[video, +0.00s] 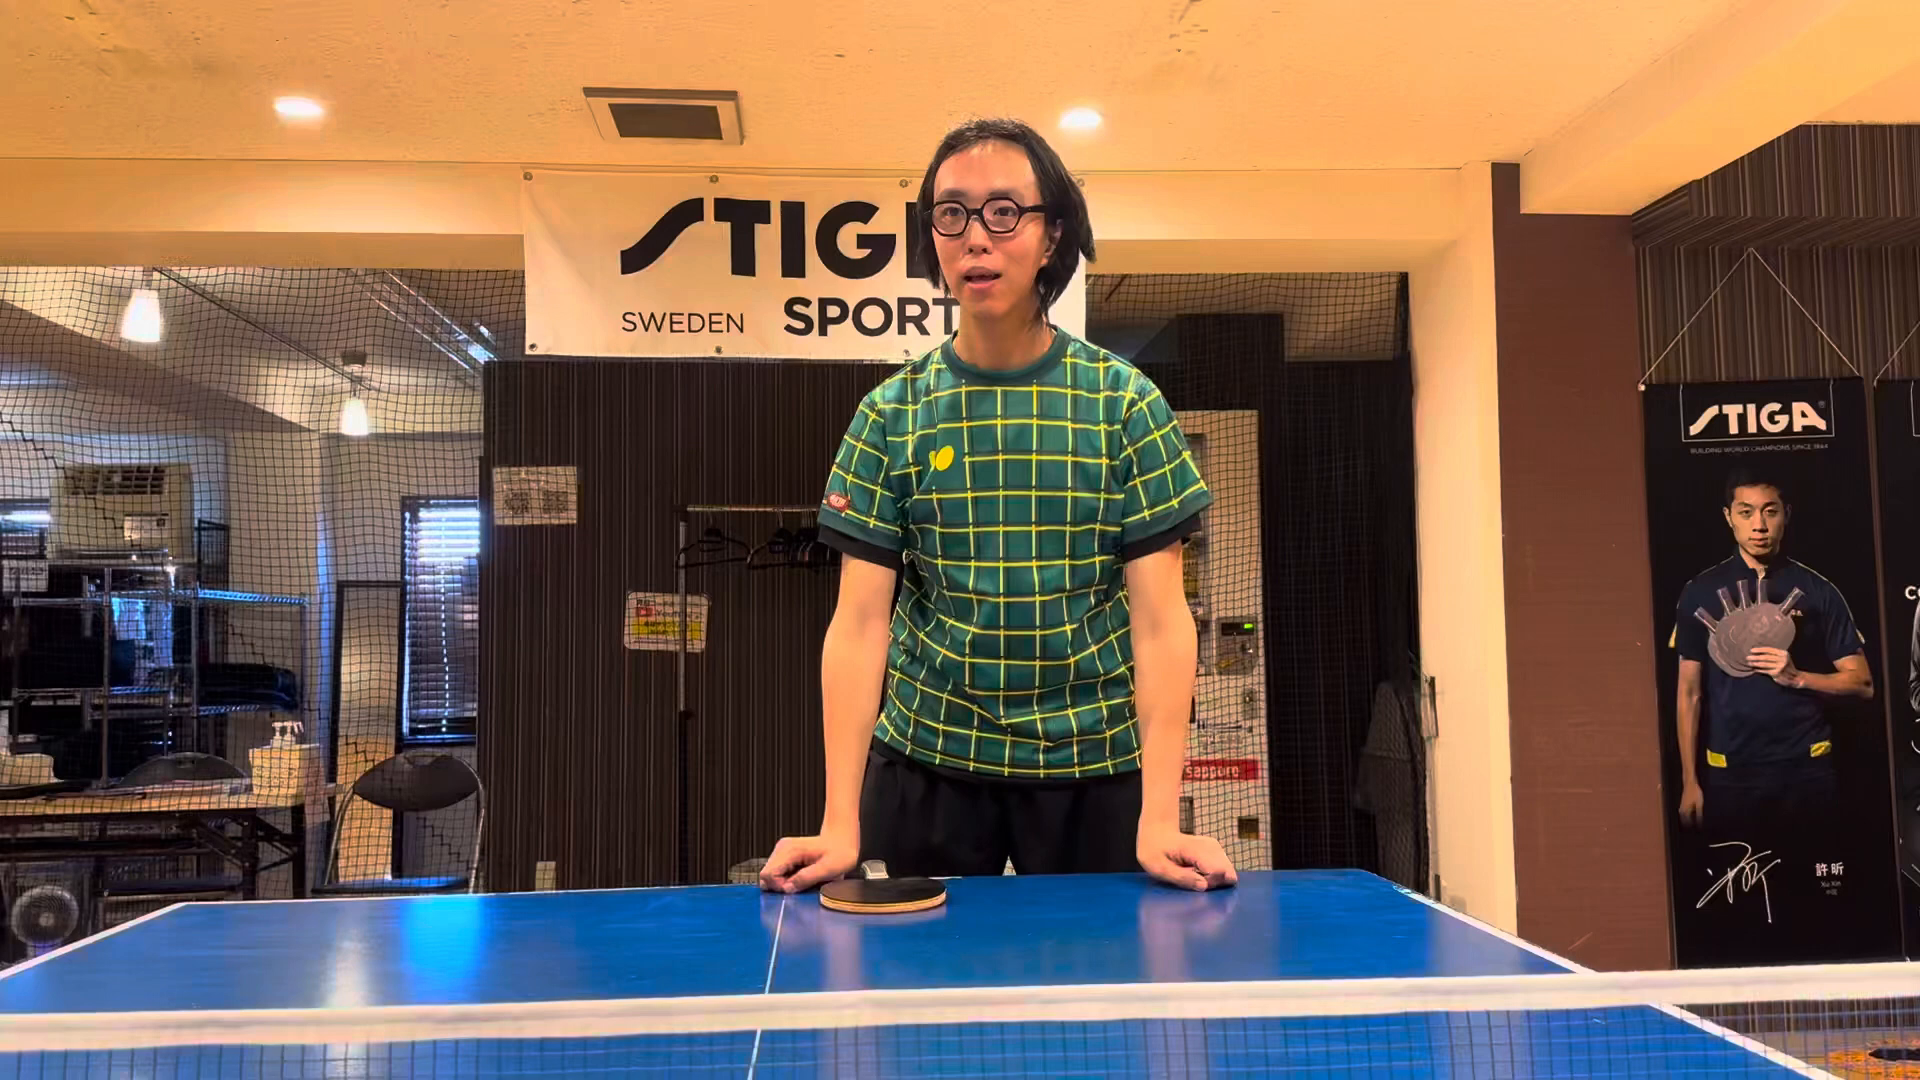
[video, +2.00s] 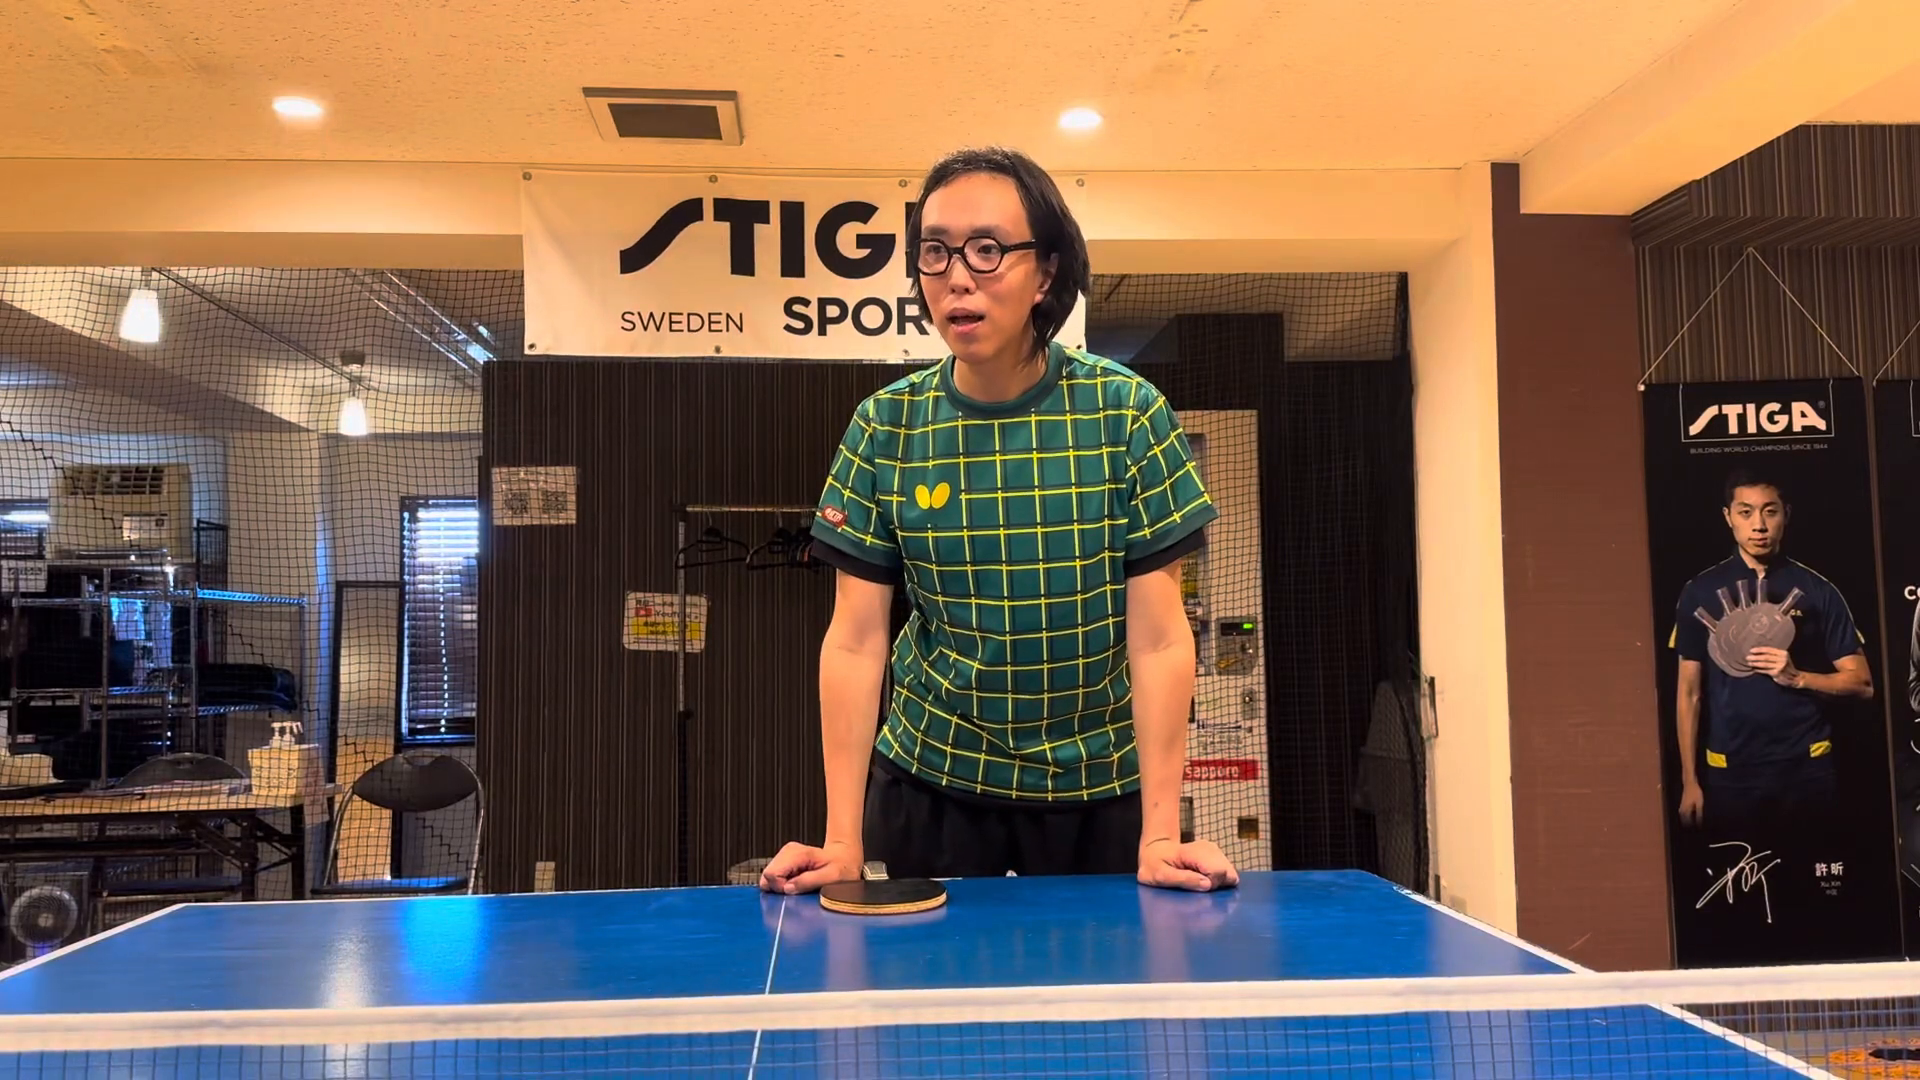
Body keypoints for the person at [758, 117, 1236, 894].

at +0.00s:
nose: (977, 239)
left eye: (1005, 213)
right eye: (954, 216)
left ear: (1054, 237)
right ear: (931, 240)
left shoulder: (1123, 404)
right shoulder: (892, 414)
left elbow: (1160, 621)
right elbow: (858, 625)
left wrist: (1161, 818)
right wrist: (840, 827)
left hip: (1094, 788)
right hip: (926, 786)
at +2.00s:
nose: (956, 276)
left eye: (987, 249)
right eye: (937, 251)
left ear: (1045, 274)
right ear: (918, 271)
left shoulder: (1125, 413)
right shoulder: (887, 424)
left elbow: (1160, 639)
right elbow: (853, 643)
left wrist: (1163, 834)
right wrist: (841, 841)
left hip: (1096, 811)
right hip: (929, 807)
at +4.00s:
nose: (950, 293)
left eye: (980, 268)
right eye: (933, 269)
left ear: (1036, 292)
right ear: (916, 288)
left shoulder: (1117, 433)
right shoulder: (886, 446)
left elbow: (1150, 645)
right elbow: (855, 648)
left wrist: (1159, 833)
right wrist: (842, 842)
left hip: (1086, 770)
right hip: (927, 768)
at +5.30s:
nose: (1001, 248)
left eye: (1029, 228)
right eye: (982, 228)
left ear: (1071, 260)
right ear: (960, 254)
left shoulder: (1129, 420)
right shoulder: (913, 426)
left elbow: (1154, 614)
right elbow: (882, 627)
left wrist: (1135, 751)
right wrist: (906, 763)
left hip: (1095, 776)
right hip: (948, 776)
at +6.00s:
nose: (1000, 293)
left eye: (1026, 270)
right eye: (979, 267)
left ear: (1058, 284)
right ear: (949, 278)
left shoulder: (1112, 425)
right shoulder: (895, 435)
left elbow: (1152, 612)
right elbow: (852, 626)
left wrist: (1095, 664)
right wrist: (929, 693)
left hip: (1084, 779)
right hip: (921, 779)